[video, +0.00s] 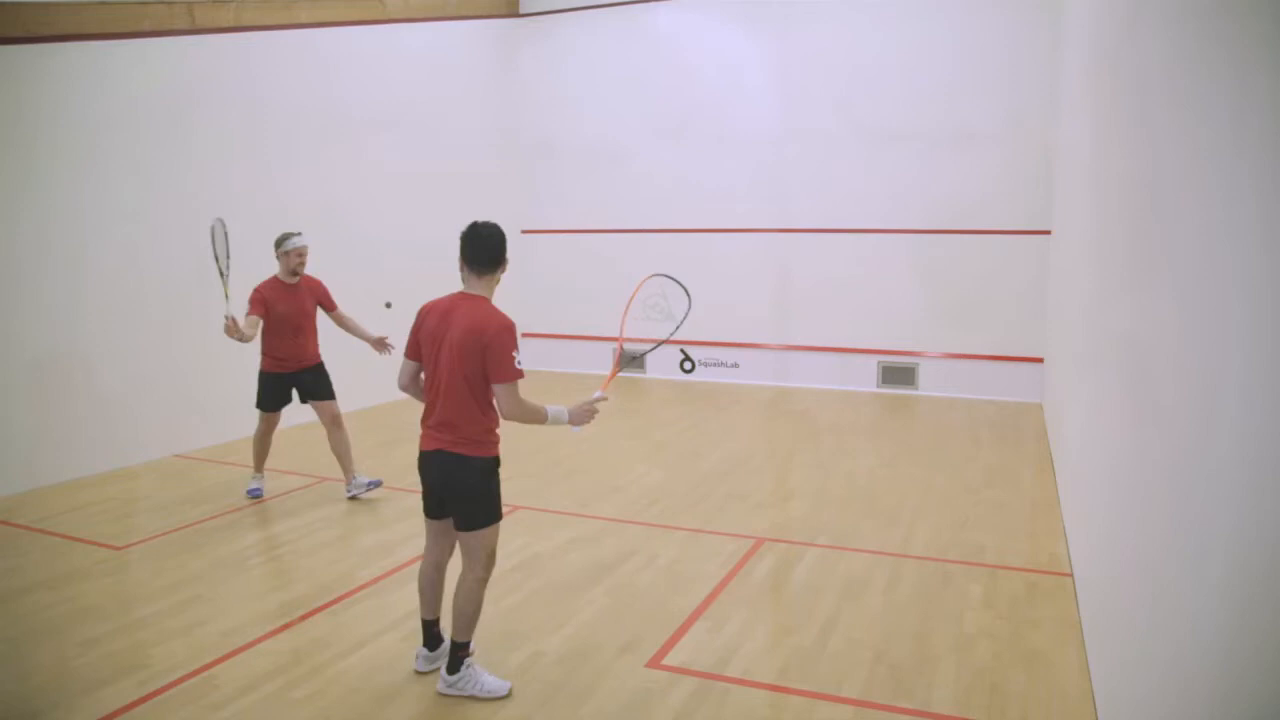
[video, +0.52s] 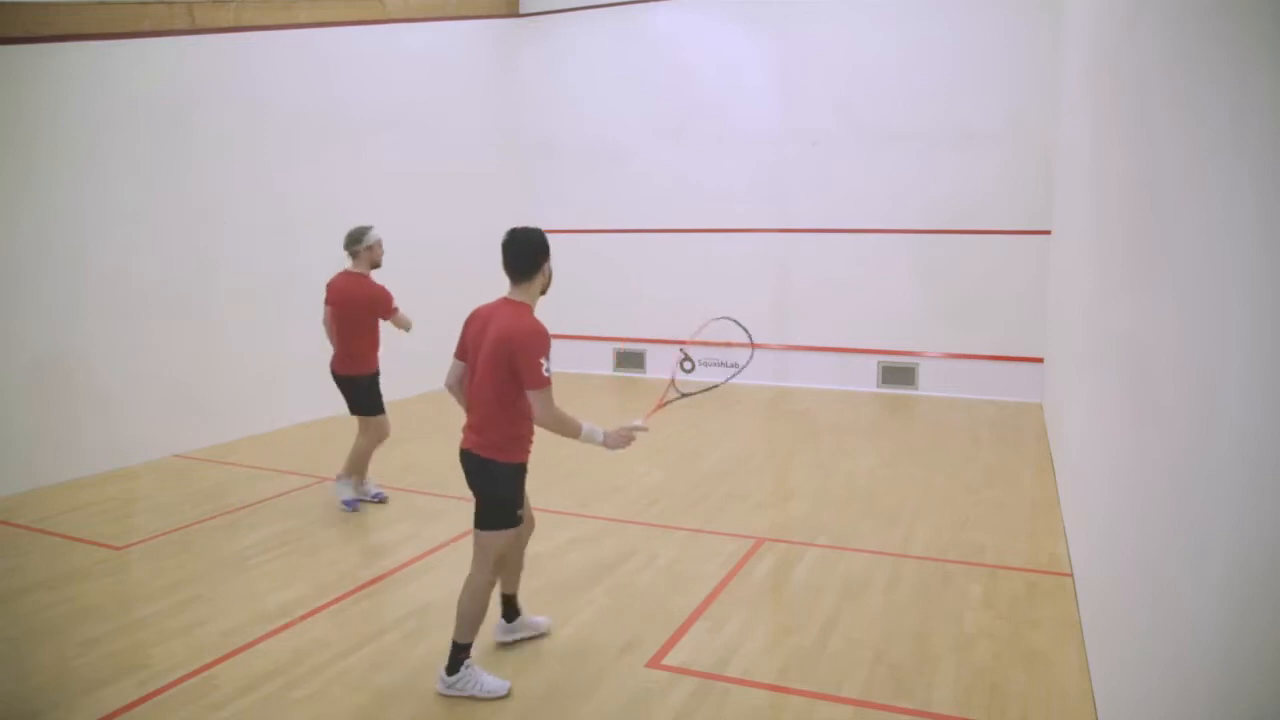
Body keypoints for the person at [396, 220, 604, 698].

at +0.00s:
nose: (502, 268)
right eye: (504, 261)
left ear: (461, 262)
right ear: (503, 266)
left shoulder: (431, 312)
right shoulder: (496, 325)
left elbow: (407, 381)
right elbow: (510, 407)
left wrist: (447, 401)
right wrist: (566, 414)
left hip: (432, 458)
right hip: (473, 464)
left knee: (436, 549)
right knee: (477, 566)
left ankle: (430, 646)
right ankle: (458, 668)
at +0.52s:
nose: (552, 272)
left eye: (548, 264)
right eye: (551, 264)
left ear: (507, 269)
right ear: (544, 270)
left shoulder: (480, 316)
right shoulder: (529, 331)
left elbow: (455, 382)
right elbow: (544, 413)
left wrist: (493, 418)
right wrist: (601, 436)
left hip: (479, 452)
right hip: (501, 461)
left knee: (520, 522)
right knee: (488, 563)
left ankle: (511, 618)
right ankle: (456, 669)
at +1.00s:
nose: (651, 272)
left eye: (647, 265)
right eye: (648, 266)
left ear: (611, 273)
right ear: (642, 272)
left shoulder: (600, 317)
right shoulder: (619, 326)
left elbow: (602, 378)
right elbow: (638, 397)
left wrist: (645, 376)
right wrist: (700, 387)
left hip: (587, 450)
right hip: (612, 456)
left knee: (579, 530)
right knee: (679, 531)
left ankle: (545, 615)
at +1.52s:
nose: (760, 320)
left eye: (759, 312)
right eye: (752, 313)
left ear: (738, 318)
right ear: (725, 318)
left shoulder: (742, 365)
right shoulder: (693, 366)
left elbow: (754, 424)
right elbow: (675, 436)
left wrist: (797, 467)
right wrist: (717, 442)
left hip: (727, 472)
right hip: (689, 483)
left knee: (771, 540)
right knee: (751, 557)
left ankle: (754, 592)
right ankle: (752, 637)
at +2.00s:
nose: (616, 366)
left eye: (619, 355)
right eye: (607, 357)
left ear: (620, 350)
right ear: (571, 350)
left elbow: (656, 398)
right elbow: (446, 425)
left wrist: (702, 417)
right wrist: (441, 374)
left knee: (663, 587)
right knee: (518, 635)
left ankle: (687, 644)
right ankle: (496, 716)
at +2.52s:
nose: (433, 317)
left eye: (429, 306)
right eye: (427, 307)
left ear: (383, 317)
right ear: (409, 317)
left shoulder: (356, 372)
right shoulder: (380, 389)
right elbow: (402, 493)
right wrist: (468, 522)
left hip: (334, 536)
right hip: (345, 548)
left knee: (382, 607)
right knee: (365, 688)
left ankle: (284, 682)